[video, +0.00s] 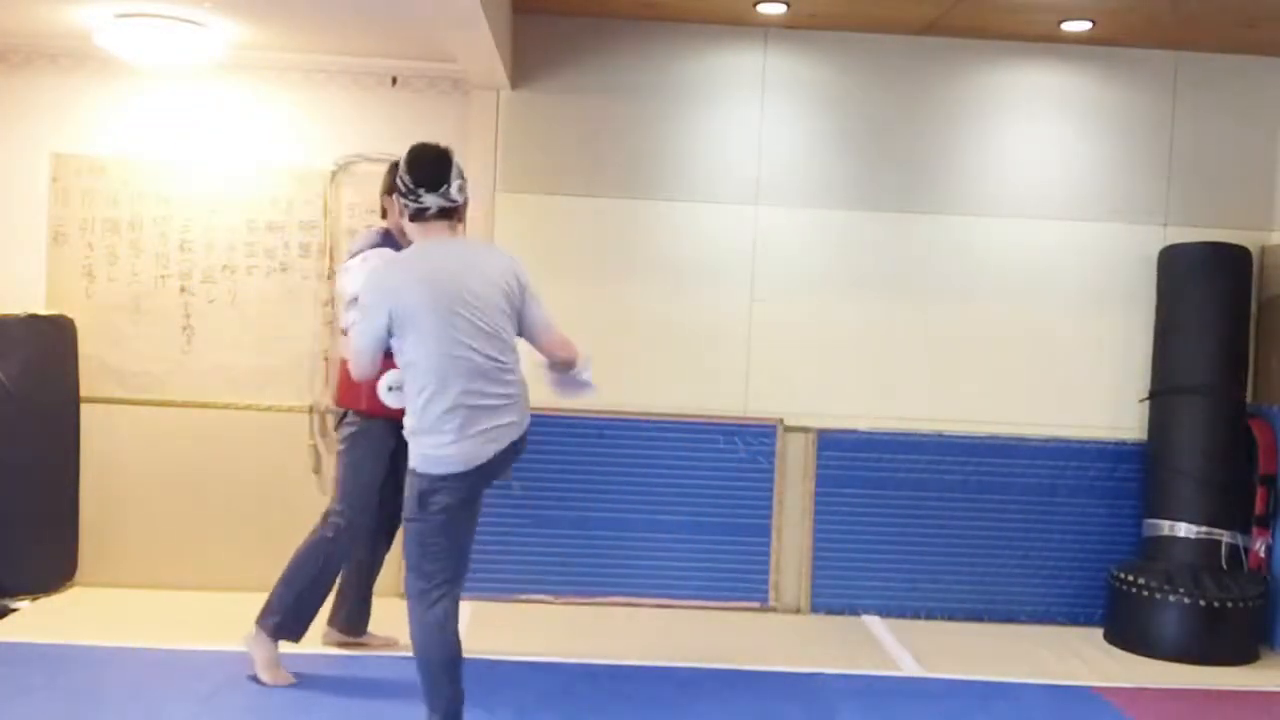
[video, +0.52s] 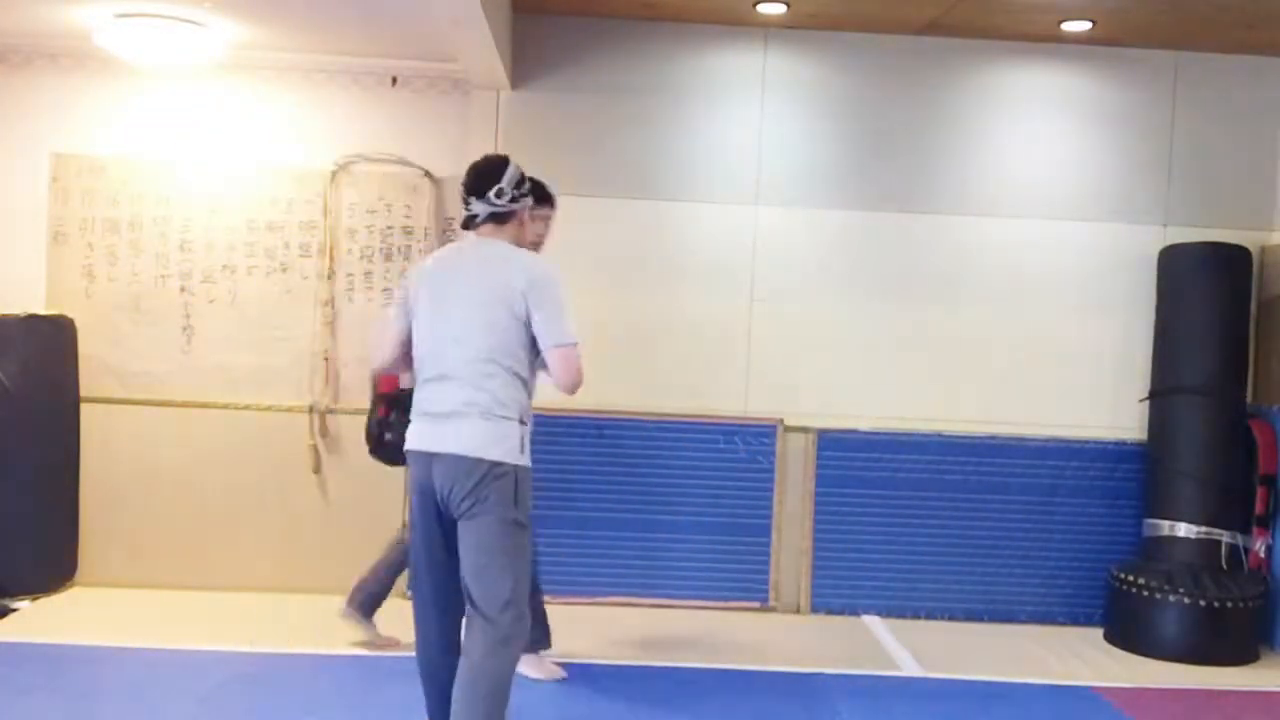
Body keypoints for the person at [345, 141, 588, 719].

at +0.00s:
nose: (391, 207)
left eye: (392, 199)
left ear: (398, 204)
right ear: (460, 200)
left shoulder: (386, 276)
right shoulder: (496, 262)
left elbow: (363, 367)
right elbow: (556, 349)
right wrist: (570, 365)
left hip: (443, 459)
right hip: (509, 437)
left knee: (432, 591)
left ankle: (445, 711)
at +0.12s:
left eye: (422, 192)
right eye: (477, 193)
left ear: (420, 198)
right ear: (480, 199)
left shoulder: (385, 269)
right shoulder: (508, 267)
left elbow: (354, 364)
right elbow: (542, 372)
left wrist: (357, 296)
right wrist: (495, 346)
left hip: (427, 459)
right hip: (505, 451)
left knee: (431, 597)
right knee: (511, 563)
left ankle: (444, 711)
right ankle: (527, 678)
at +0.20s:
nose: (488, 198)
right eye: (488, 192)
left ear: (427, 199)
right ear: (487, 199)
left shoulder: (394, 265)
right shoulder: (511, 269)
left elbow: (356, 361)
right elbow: (542, 375)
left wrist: (364, 302)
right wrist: (495, 354)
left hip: (422, 456)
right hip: (503, 452)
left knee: (429, 593)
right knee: (508, 582)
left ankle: (444, 712)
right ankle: (499, 710)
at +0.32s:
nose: (504, 205)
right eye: (504, 198)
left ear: (445, 200)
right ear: (501, 203)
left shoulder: (404, 264)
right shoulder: (525, 269)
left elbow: (382, 352)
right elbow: (551, 372)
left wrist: (427, 335)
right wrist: (507, 347)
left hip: (422, 453)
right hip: (494, 455)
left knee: (436, 594)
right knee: (501, 598)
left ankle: (441, 712)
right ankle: (458, 713)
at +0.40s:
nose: (517, 211)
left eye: (514, 203)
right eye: (515, 204)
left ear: (454, 203)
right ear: (508, 205)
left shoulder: (410, 263)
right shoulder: (527, 266)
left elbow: (380, 353)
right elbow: (559, 373)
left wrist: (431, 331)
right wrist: (518, 339)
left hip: (422, 452)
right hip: (492, 454)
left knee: (435, 597)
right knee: (500, 602)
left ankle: (440, 712)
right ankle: (460, 713)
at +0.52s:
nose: (538, 225)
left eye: (540, 214)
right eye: (534, 213)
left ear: (469, 207)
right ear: (517, 209)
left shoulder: (427, 269)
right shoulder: (529, 270)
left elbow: (384, 359)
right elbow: (568, 377)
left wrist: (441, 351)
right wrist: (527, 341)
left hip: (423, 459)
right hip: (488, 462)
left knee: (434, 611)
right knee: (498, 619)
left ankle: (444, 712)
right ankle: (473, 713)